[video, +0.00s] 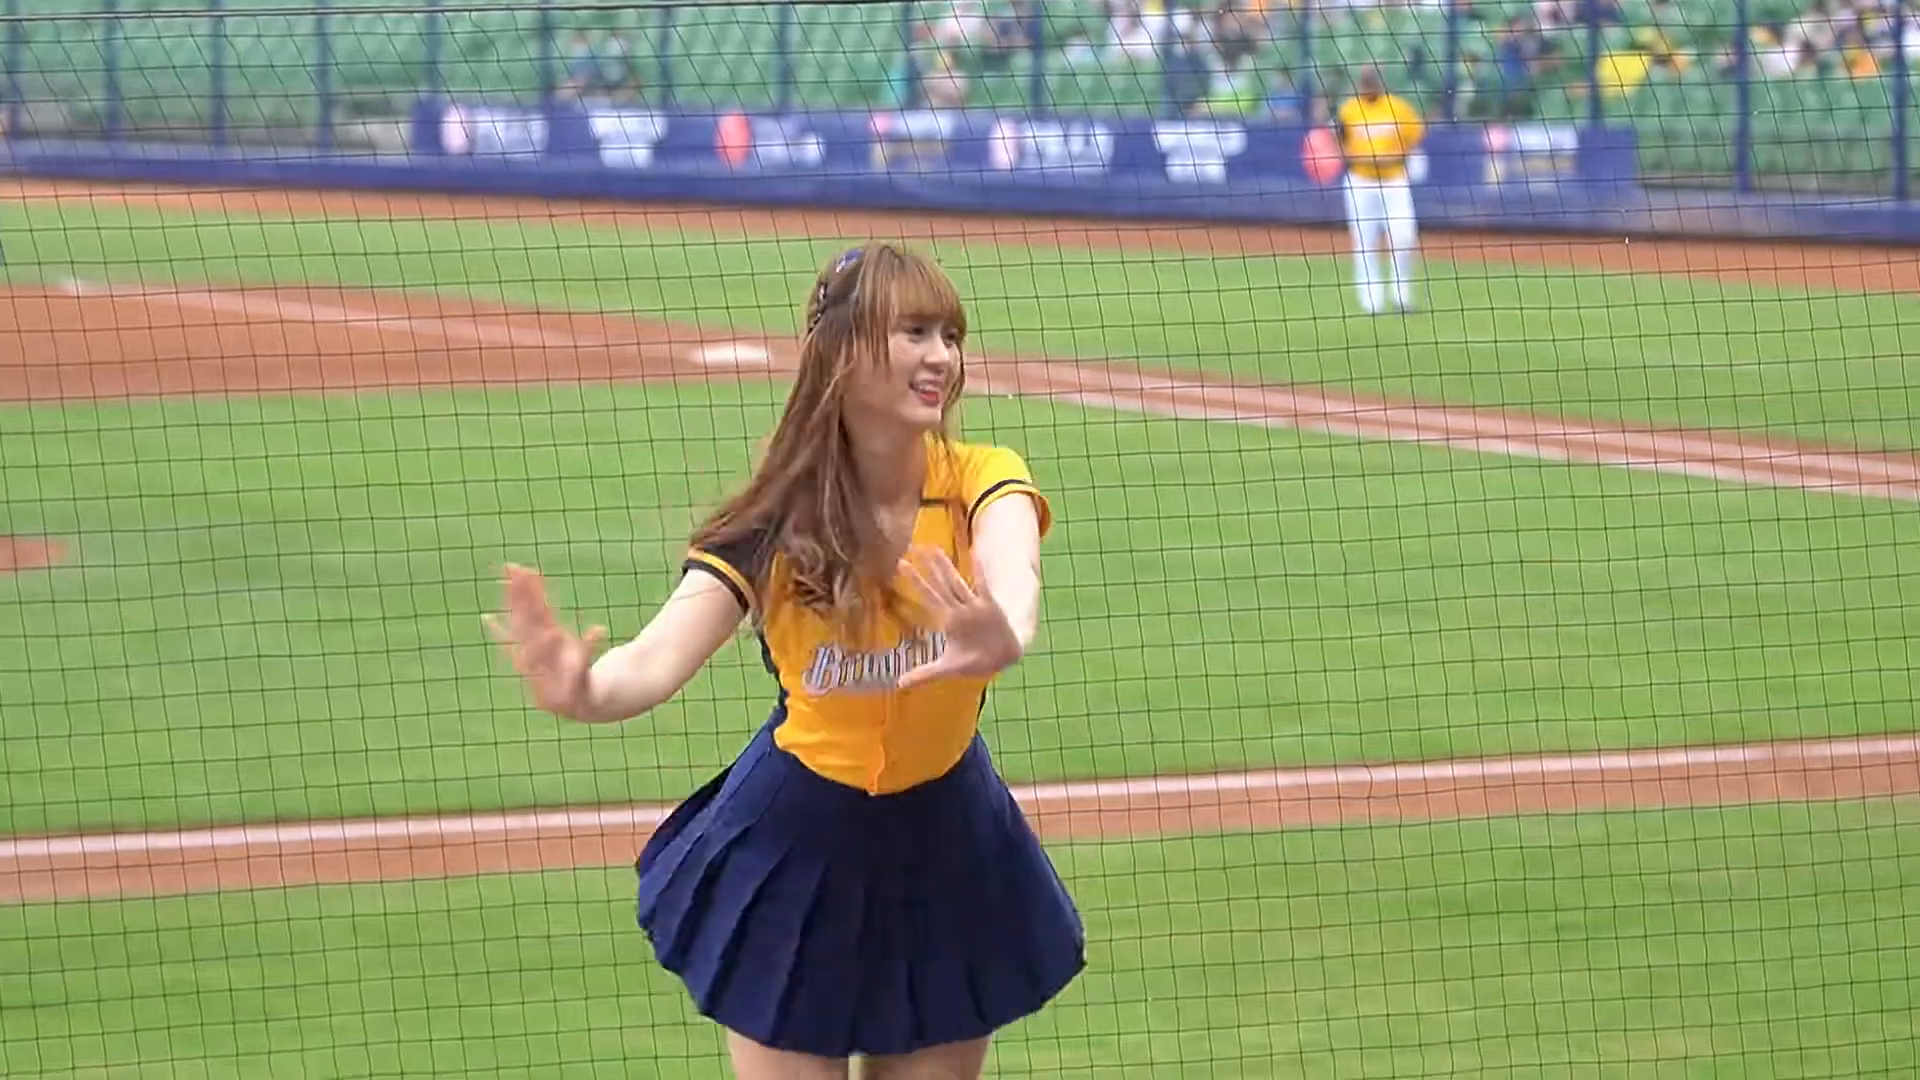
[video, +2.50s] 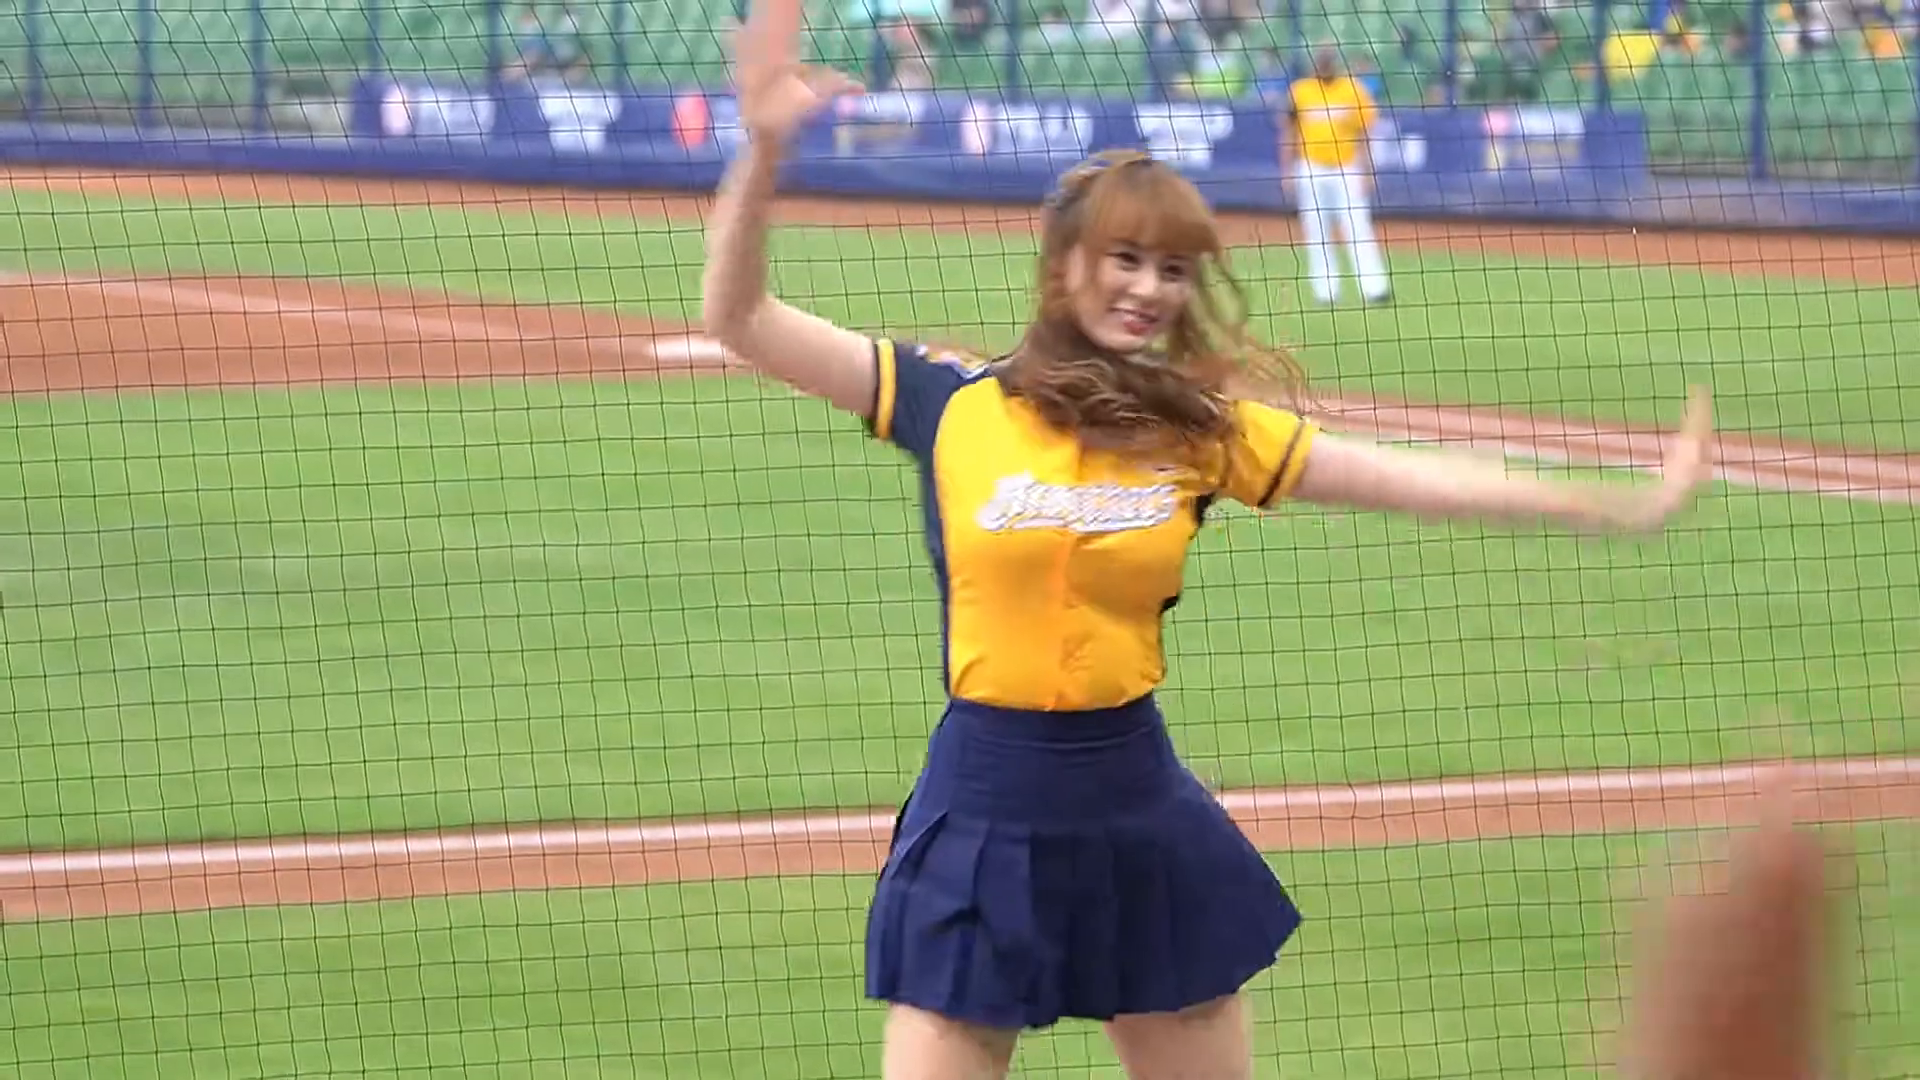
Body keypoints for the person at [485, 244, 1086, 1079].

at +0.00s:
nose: (939, 356)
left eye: (949, 336)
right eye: (913, 333)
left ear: (962, 355)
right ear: (843, 353)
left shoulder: (986, 479)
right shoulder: (776, 519)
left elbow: (1014, 587)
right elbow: (655, 657)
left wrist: (993, 641)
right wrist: (587, 690)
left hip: (942, 831)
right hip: (804, 831)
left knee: (939, 1059)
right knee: (786, 1060)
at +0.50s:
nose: (1024, 299)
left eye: (1033, 275)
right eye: (992, 280)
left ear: (1044, 281)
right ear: (925, 298)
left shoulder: (996, 436)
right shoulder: (904, 438)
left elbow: (1148, 589)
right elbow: (1011, 624)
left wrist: (1335, 674)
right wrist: (1216, 677)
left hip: (874, 802)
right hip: (768, 800)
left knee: (876, 1064)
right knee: (784, 1069)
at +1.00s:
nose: (935, 347)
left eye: (948, 323)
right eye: (908, 322)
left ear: (962, 327)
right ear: (839, 328)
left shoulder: (976, 461)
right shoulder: (758, 483)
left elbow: (1021, 638)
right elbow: (720, 692)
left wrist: (1030, 738)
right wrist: (817, 769)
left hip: (962, 810)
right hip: (825, 822)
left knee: (997, 1057)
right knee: (846, 1057)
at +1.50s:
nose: (947, 284)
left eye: (966, 260)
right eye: (916, 259)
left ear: (989, 277)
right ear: (854, 279)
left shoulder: (1031, 393)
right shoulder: (813, 447)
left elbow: (1028, 581)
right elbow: (727, 677)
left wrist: (970, 756)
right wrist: (628, 888)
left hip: (1019, 787)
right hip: (860, 784)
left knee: (1047, 1057)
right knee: (849, 1059)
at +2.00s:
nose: (1237, 240)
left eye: (1260, 216)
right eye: (1209, 216)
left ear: (1288, 230)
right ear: (1157, 231)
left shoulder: (1311, 370)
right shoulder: (1106, 356)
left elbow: (1487, 268)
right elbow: (913, 298)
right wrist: (941, 95)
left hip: (1225, 779)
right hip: (1089, 762)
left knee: (1279, 1064)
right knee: (1005, 1063)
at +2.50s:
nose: (1149, 286)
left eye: (1174, 266)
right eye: (1123, 258)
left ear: (1196, 289)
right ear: (1059, 267)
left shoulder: (1208, 433)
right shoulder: (949, 402)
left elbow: (1418, 475)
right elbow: (733, 317)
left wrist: (1620, 511)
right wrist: (762, 146)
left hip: (1140, 814)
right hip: (976, 814)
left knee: (1209, 1069)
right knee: (927, 1066)